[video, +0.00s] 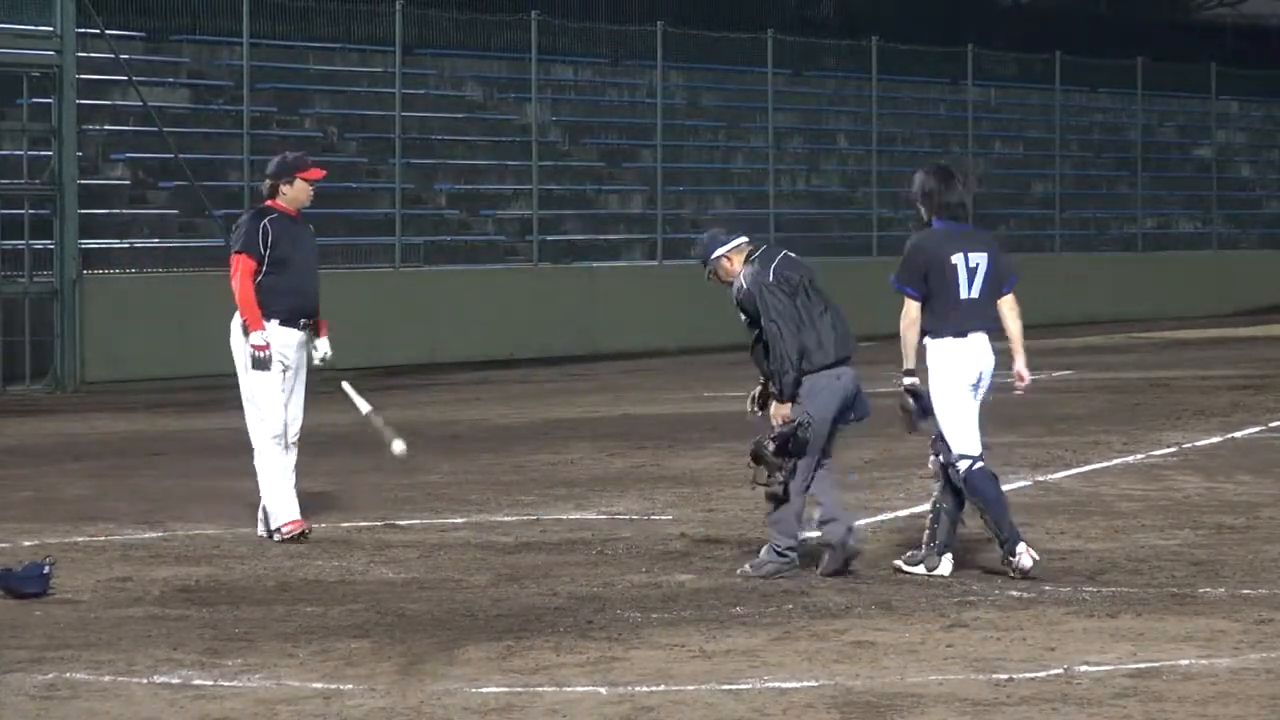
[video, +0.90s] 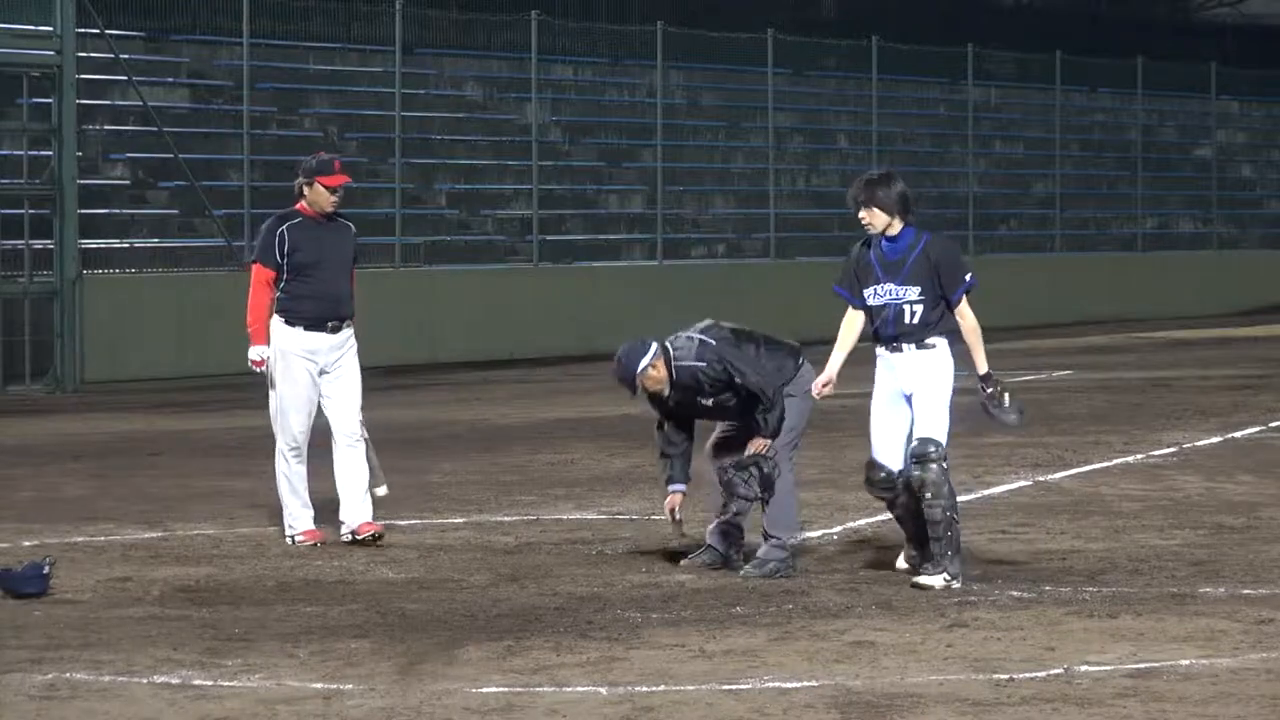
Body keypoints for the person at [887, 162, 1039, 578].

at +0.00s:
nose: (916, 205)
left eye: (918, 198)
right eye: (918, 198)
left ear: (926, 203)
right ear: (961, 199)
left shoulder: (922, 246)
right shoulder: (988, 243)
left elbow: (911, 313)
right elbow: (1008, 305)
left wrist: (908, 369)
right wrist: (1019, 356)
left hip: (944, 355)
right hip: (982, 352)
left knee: (965, 456)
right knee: (952, 452)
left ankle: (1015, 546)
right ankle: (936, 550)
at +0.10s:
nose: (910, 205)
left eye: (914, 198)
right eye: (912, 197)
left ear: (926, 201)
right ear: (953, 199)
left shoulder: (926, 242)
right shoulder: (977, 241)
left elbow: (909, 308)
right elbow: (987, 306)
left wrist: (894, 368)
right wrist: (986, 359)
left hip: (937, 349)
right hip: (969, 347)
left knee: (948, 454)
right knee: (943, 451)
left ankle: (1008, 539)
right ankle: (936, 550)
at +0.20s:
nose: (899, 206)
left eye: (902, 199)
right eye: (898, 199)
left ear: (919, 199)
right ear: (931, 197)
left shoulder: (931, 238)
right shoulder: (954, 234)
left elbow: (919, 306)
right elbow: (945, 302)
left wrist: (897, 366)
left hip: (932, 349)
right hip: (950, 347)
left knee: (938, 455)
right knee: (927, 453)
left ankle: (1008, 535)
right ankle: (935, 551)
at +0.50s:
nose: (879, 214)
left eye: (885, 205)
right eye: (876, 206)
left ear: (908, 203)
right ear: (884, 208)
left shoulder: (936, 243)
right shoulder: (894, 248)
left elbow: (956, 308)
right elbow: (884, 315)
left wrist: (952, 371)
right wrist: (884, 372)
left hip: (933, 353)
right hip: (901, 355)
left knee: (926, 453)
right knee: (915, 454)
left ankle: (967, 544)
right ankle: (933, 548)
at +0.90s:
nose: (861, 215)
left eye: (868, 207)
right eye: (859, 208)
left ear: (892, 208)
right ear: (867, 211)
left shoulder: (935, 249)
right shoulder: (862, 256)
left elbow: (964, 314)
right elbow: (855, 315)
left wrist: (984, 375)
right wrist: (831, 371)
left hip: (931, 362)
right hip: (887, 365)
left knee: (926, 464)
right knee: (884, 475)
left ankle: (946, 564)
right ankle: (919, 543)